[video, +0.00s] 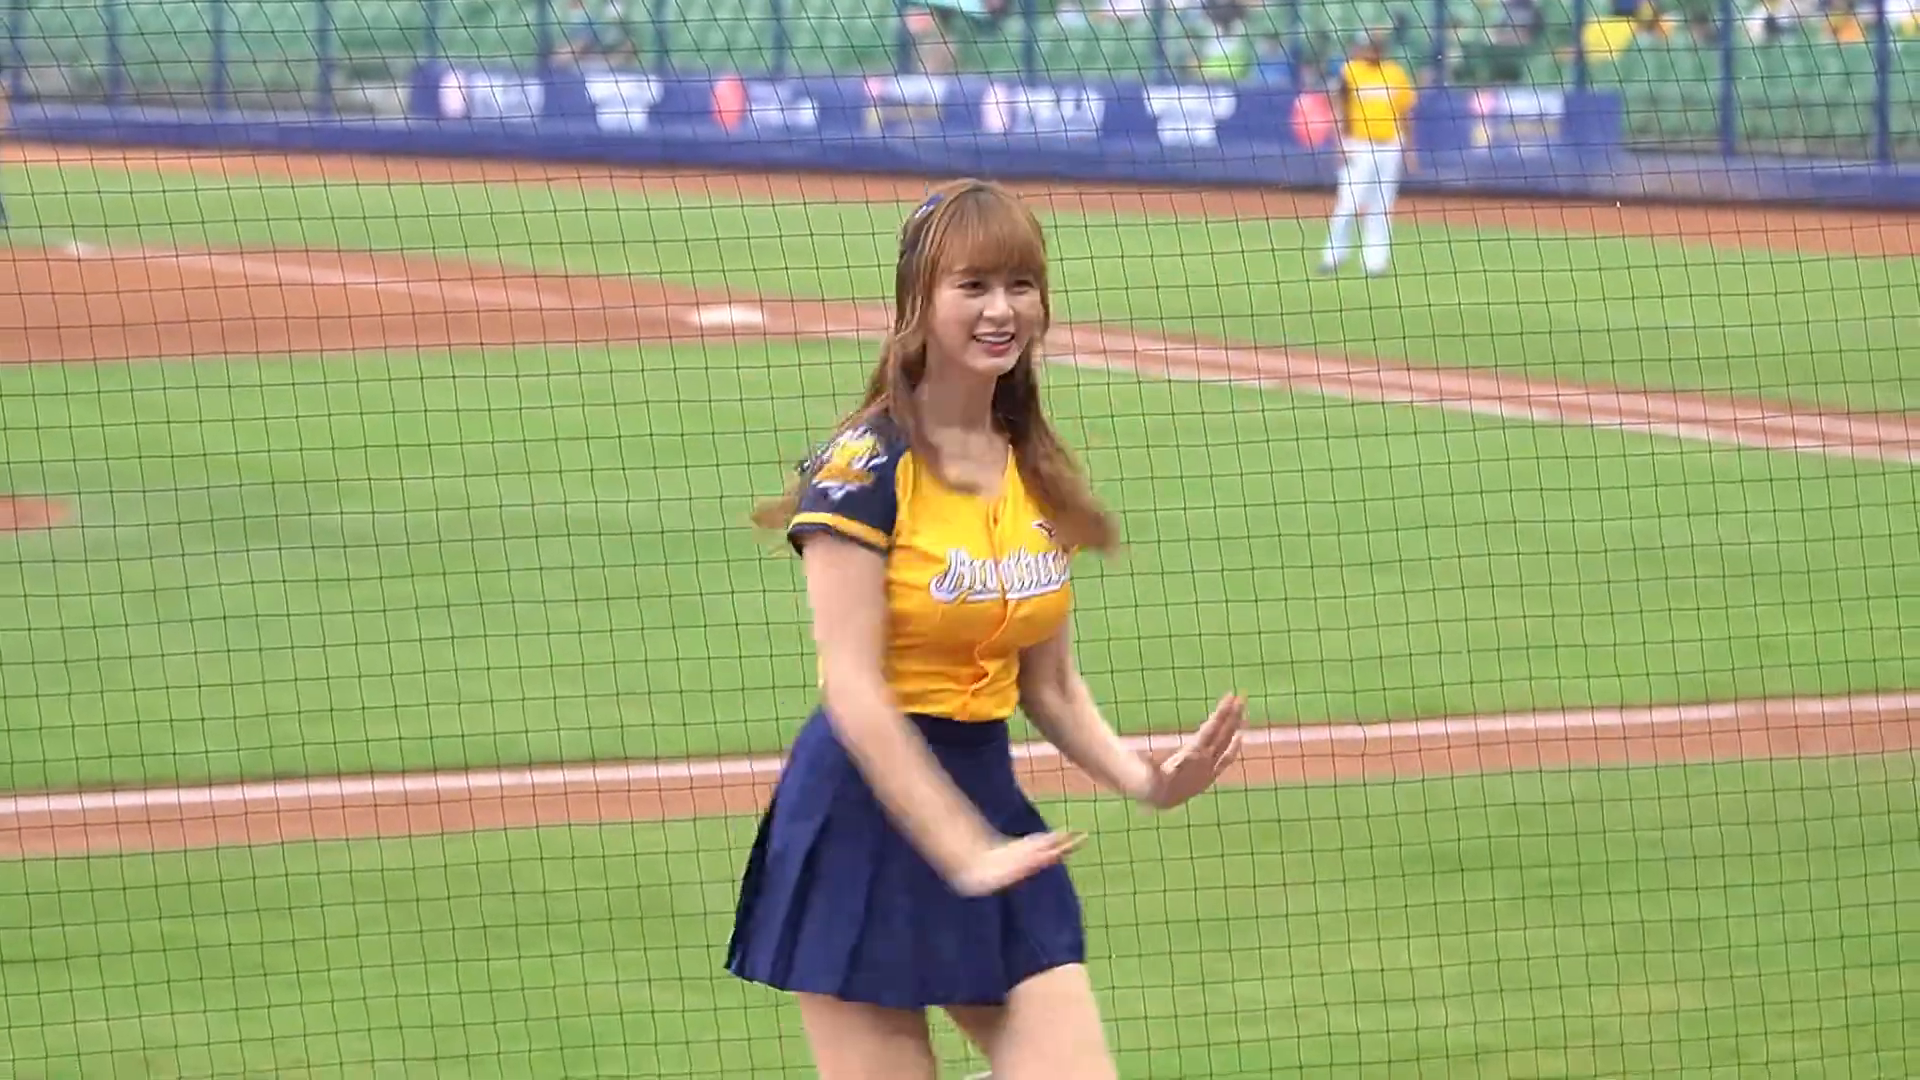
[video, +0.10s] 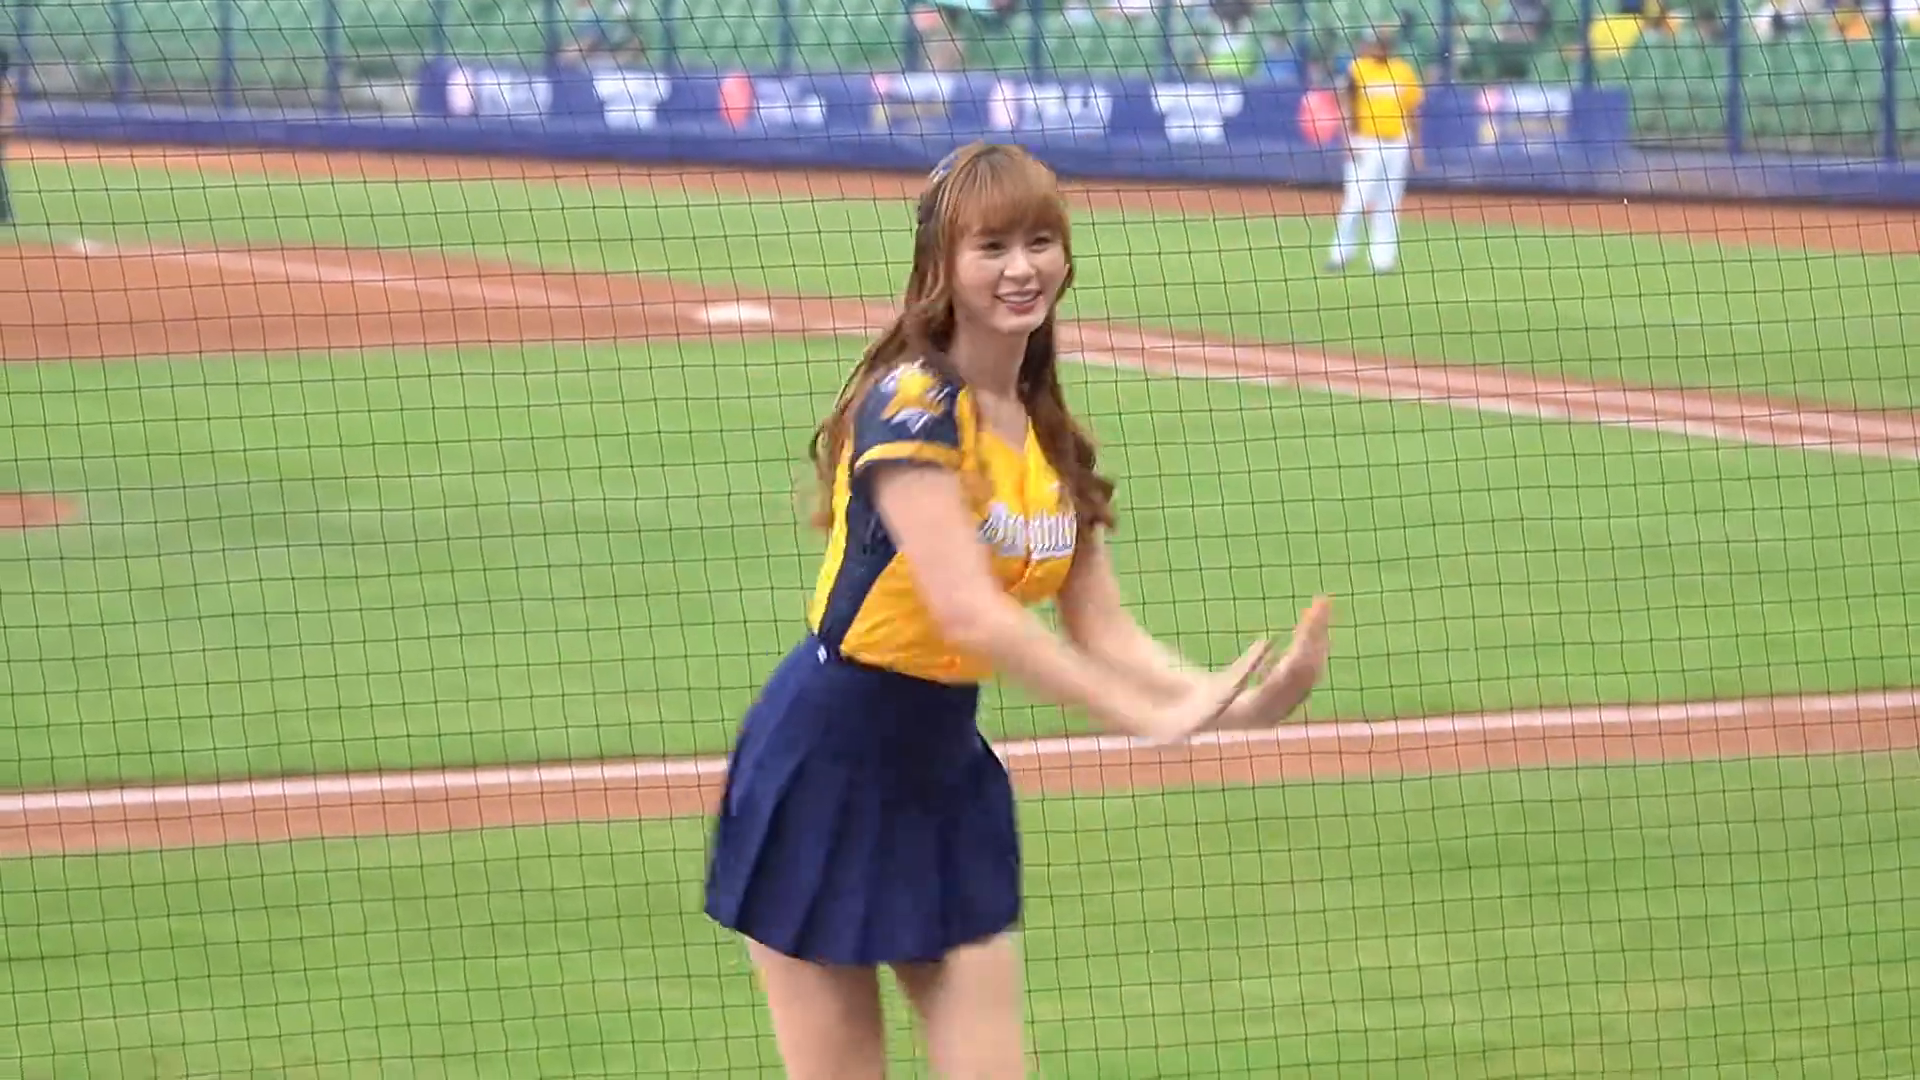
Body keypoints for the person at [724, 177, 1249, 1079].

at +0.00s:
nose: (1001, 309)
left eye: (1019, 285)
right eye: (972, 285)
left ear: (1039, 301)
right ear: (917, 301)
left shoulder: (1034, 469)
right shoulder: (861, 470)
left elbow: (1050, 680)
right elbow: (851, 688)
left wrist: (1139, 778)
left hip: (988, 793)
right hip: (862, 792)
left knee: (1078, 1062)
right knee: (883, 1063)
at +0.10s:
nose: (1022, 267)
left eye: (1041, 242)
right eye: (992, 247)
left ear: (1066, 258)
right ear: (942, 268)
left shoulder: (1049, 436)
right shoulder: (905, 406)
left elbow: (1104, 628)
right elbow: (970, 614)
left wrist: (1222, 703)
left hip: (944, 759)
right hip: (824, 751)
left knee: (991, 1063)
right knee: (840, 1065)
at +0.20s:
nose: (1045, 269)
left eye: (1062, 242)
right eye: (1013, 249)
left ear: (1089, 256)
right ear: (968, 273)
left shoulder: (1068, 428)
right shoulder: (953, 384)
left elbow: (1189, 612)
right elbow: (1078, 556)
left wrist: (1364, 639)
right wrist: (1273, 607)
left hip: (909, 757)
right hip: (794, 749)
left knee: (891, 1067)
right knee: (797, 1067)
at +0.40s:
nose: (1045, 269)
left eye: (1061, 244)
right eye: (1014, 251)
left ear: (1083, 260)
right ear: (966, 276)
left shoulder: (1068, 423)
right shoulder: (949, 405)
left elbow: (1189, 578)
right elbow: (1025, 593)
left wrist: (1372, 645)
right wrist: (1224, 611)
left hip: (907, 761)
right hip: (805, 752)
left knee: (905, 1068)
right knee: (813, 1069)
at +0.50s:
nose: (1025, 256)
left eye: (1042, 231)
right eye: (997, 233)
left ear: (1062, 243)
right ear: (937, 246)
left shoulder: (1049, 396)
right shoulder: (889, 391)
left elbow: (1115, 584)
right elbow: (898, 603)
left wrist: (1218, 707)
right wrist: (1059, 702)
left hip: (965, 747)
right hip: (856, 743)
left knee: (983, 1063)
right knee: (891, 1066)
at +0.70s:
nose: (1000, 304)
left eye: (1015, 280)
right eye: (975, 279)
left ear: (1032, 291)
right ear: (909, 287)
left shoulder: (1052, 423)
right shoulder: (832, 452)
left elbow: (1086, 596)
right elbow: (842, 649)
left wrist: (1075, 736)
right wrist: (894, 778)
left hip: (1049, 770)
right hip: (906, 784)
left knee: (1077, 1058)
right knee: (955, 1062)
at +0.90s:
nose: (1047, 270)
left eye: (1060, 250)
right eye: (1017, 246)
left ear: (1076, 271)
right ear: (942, 271)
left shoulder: (1103, 398)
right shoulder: (882, 427)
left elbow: (1095, 521)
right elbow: (829, 595)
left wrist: (1041, 594)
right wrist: (763, 666)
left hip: (1089, 753)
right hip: (942, 751)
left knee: (1060, 1065)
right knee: (948, 1066)